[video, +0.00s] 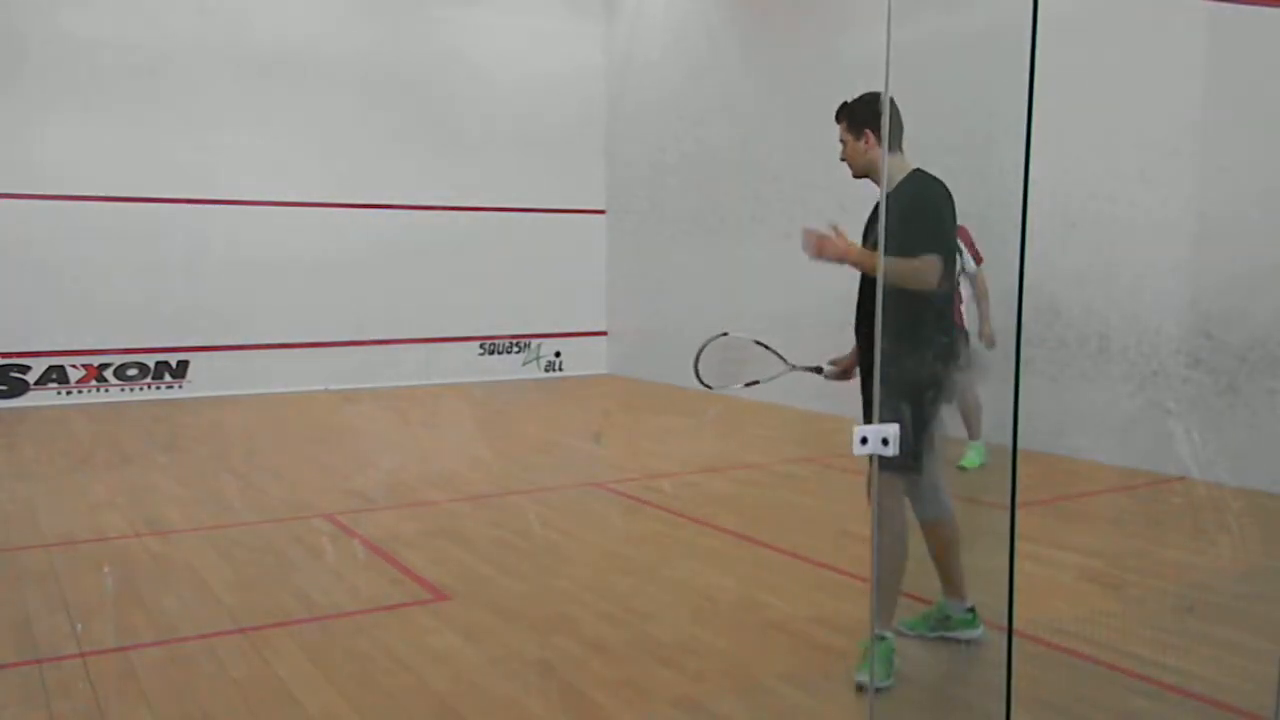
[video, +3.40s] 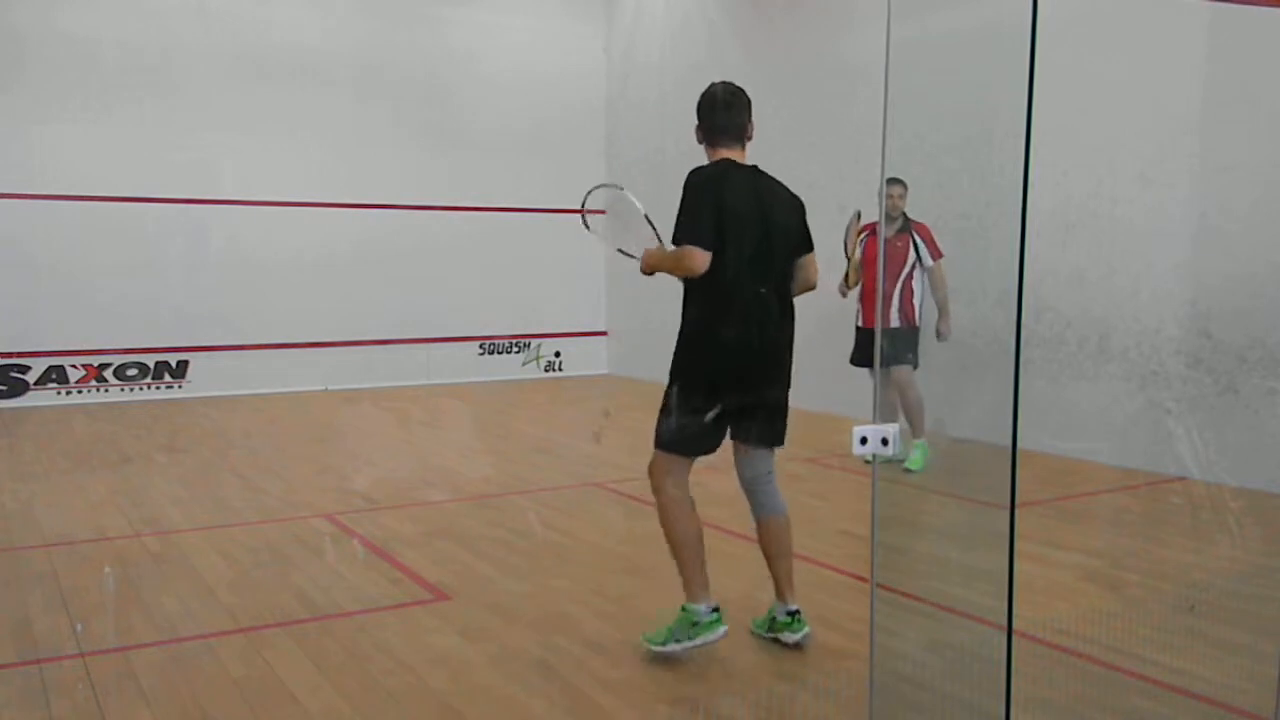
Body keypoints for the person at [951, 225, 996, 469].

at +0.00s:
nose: (936, 213)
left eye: (940, 207)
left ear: (947, 207)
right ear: (921, 211)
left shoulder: (957, 235)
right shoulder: (914, 241)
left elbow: (977, 278)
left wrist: (985, 323)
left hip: (952, 327)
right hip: (920, 327)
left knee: (962, 385)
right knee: (921, 390)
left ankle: (975, 442)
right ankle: (920, 446)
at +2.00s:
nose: (927, 223)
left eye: (932, 217)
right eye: (923, 218)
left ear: (946, 208)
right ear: (919, 214)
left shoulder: (970, 232)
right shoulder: (918, 237)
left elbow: (992, 271)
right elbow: (906, 275)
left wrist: (985, 319)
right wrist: (891, 314)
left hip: (960, 330)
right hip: (924, 328)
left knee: (961, 388)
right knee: (915, 385)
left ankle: (963, 450)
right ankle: (910, 443)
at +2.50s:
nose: (922, 220)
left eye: (927, 214)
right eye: (917, 215)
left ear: (940, 207)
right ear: (912, 212)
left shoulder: (960, 232)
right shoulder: (908, 237)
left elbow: (974, 273)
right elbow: (898, 279)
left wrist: (949, 306)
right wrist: (889, 320)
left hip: (948, 330)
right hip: (912, 328)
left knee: (955, 386)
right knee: (899, 382)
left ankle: (962, 448)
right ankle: (895, 442)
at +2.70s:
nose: (914, 207)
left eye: (919, 202)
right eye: (909, 203)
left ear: (929, 202)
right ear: (902, 206)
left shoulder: (943, 231)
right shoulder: (892, 236)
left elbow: (951, 273)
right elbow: (886, 279)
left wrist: (908, 290)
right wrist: (881, 319)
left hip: (933, 328)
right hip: (897, 327)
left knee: (945, 384)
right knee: (892, 382)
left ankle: (960, 447)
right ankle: (894, 443)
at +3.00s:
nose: (900, 203)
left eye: (905, 198)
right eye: (895, 198)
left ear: (913, 200)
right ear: (887, 201)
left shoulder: (924, 233)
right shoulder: (876, 233)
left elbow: (932, 279)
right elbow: (865, 274)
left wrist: (932, 320)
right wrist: (856, 308)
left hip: (909, 324)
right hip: (879, 324)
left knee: (914, 379)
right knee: (886, 382)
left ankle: (945, 440)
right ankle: (890, 443)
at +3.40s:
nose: (893, 202)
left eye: (898, 197)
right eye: (888, 197)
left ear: (906, 201)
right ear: (880, 199)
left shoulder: (918, 233)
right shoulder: (866, 233)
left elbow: (935, 273)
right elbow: (856, 267)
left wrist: (943, 315)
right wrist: (847, 281)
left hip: (902, 322)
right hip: (870, 322)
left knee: (901, 376)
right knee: (881, 381)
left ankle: (919, 441)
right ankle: (885, 442)